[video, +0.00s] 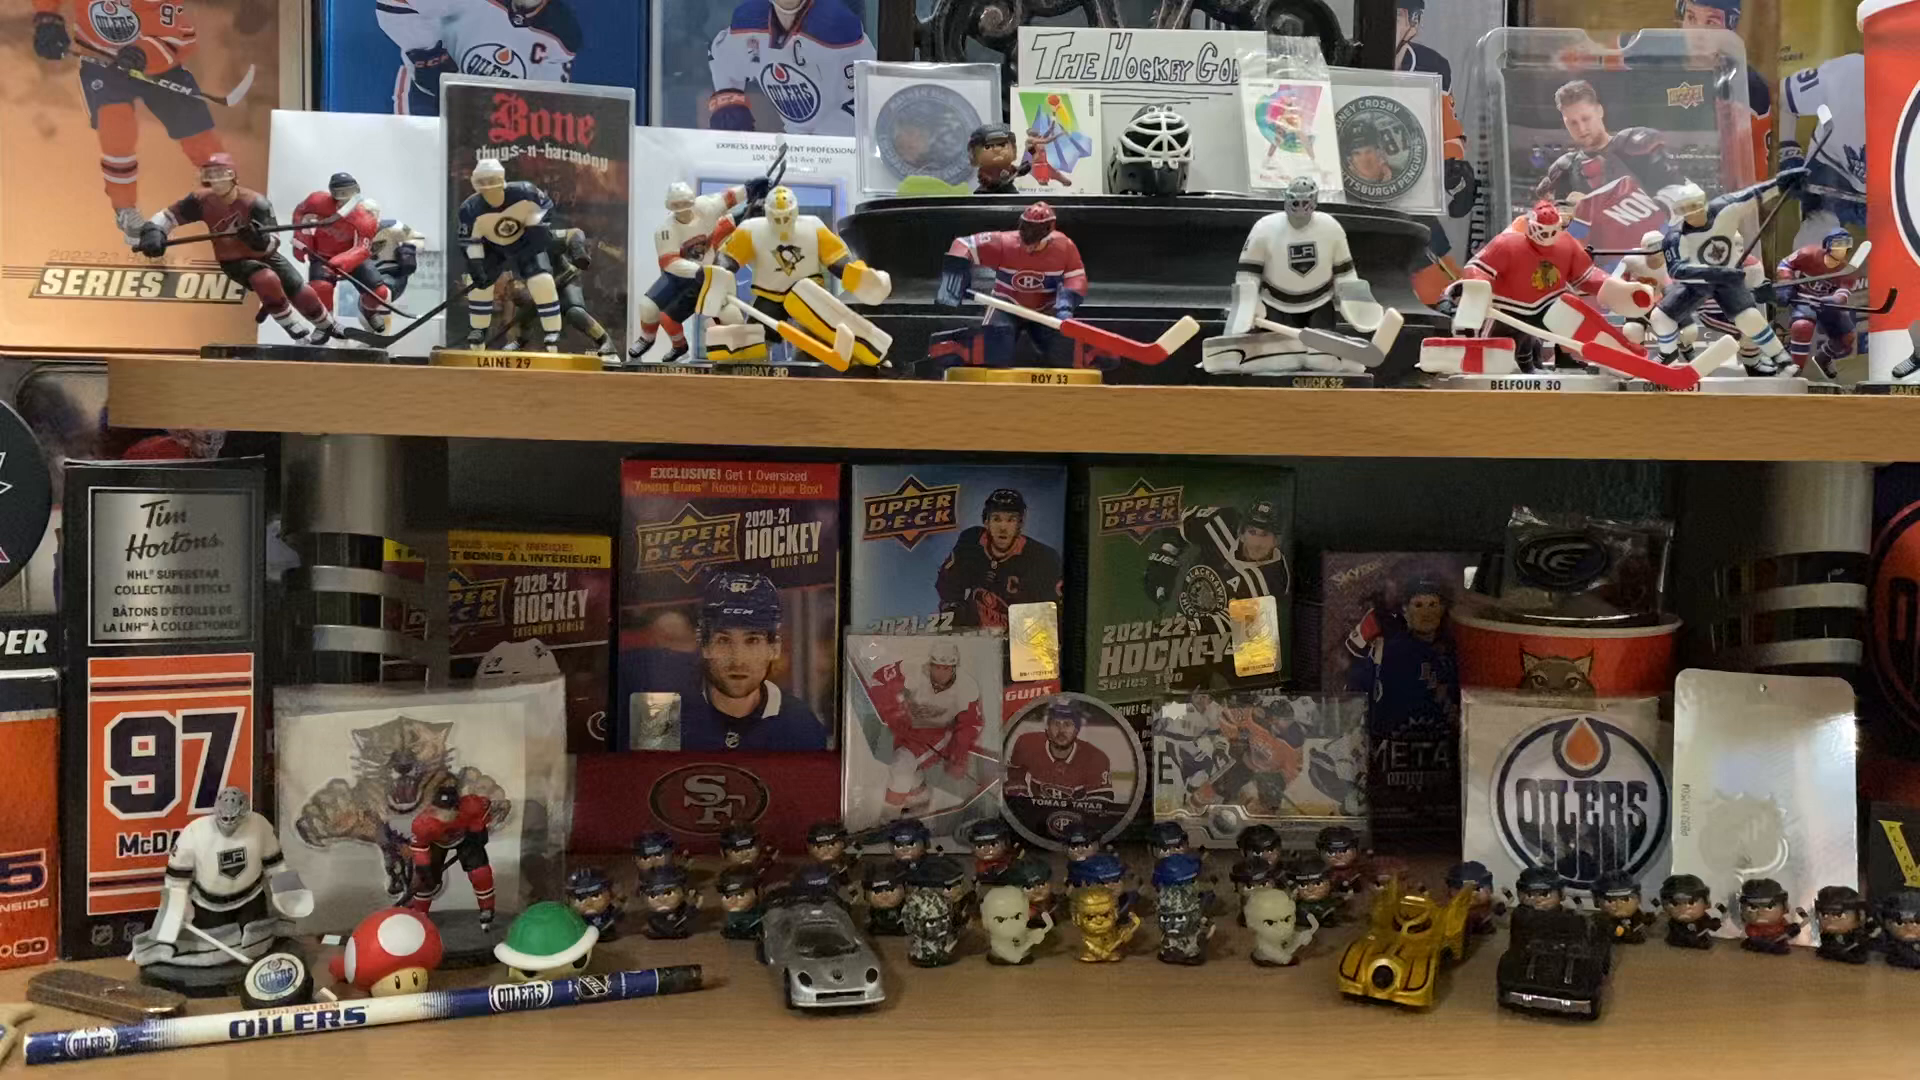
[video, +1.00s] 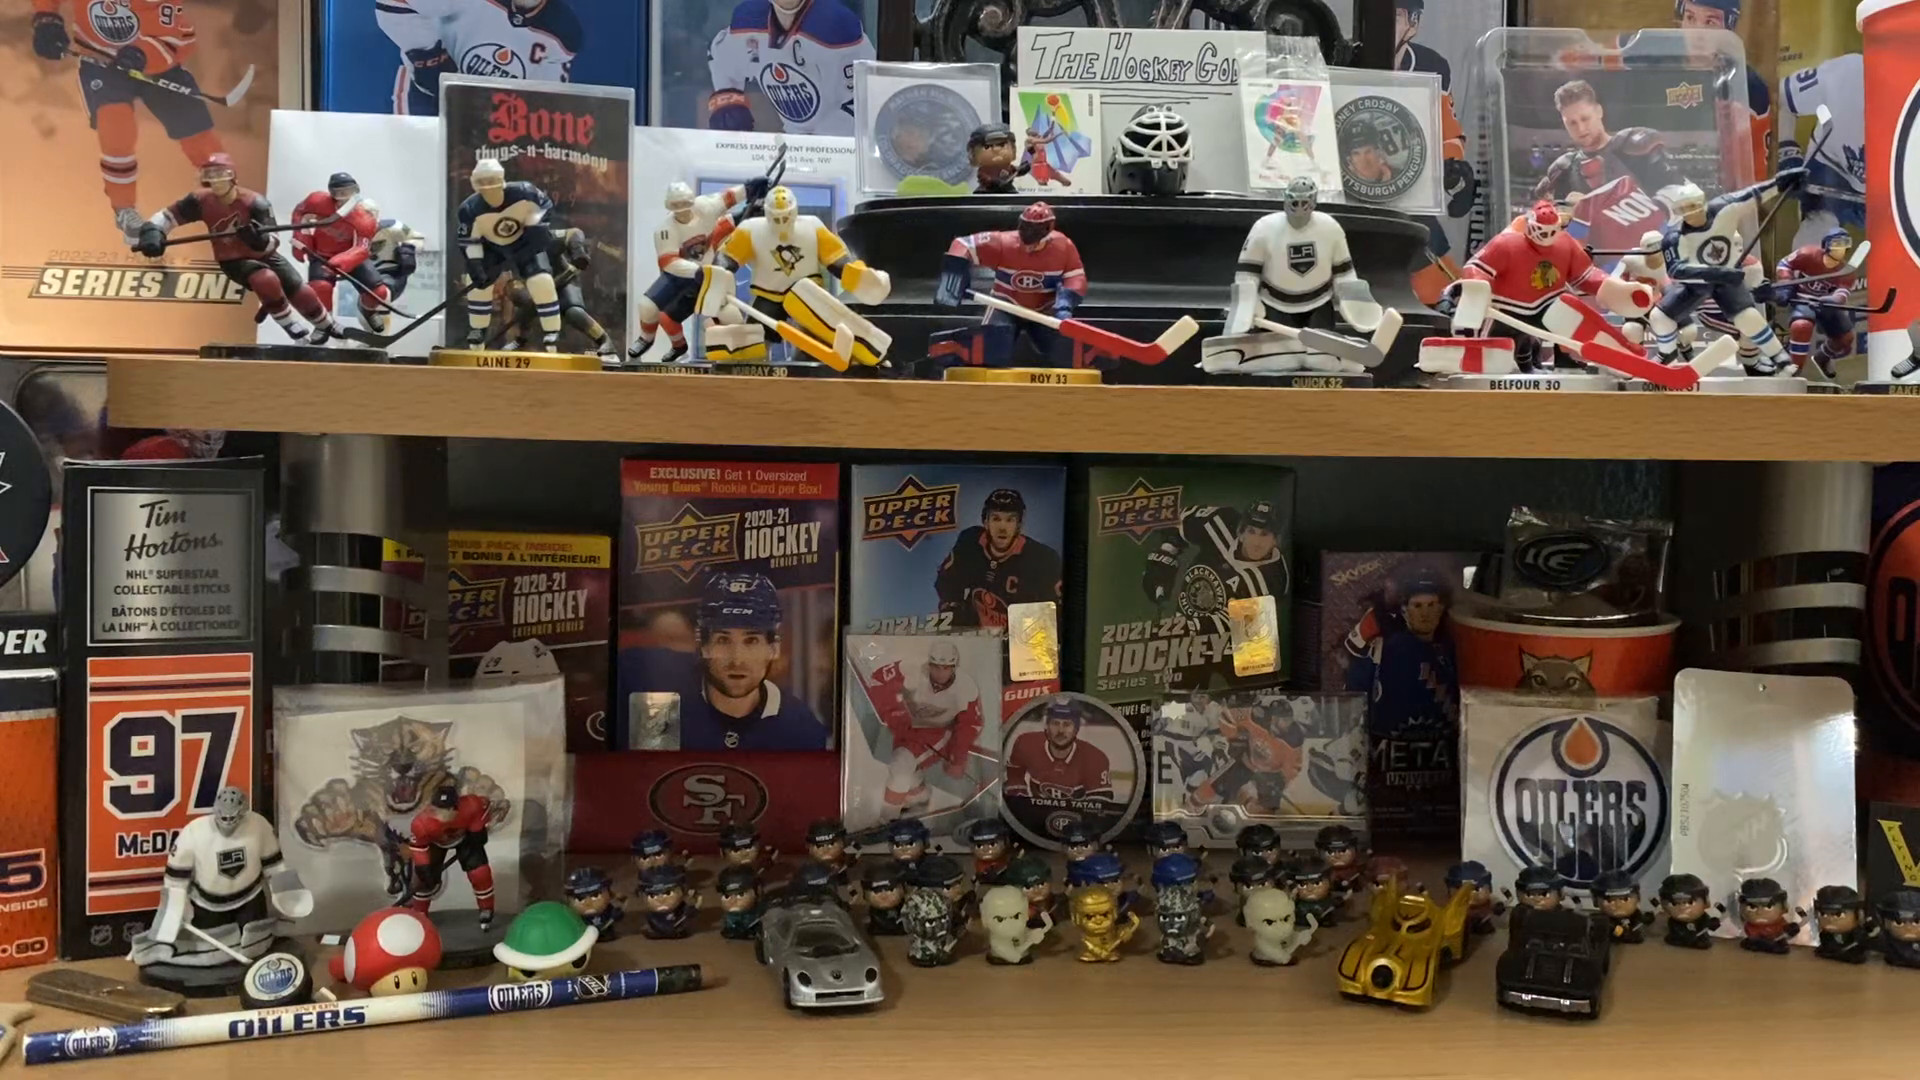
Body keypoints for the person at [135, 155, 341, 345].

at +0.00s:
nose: (214, 181)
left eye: (220, 175)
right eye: (209, 176)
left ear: (232, 177)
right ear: (205, 179)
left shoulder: (255, 202)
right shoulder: (201, 202)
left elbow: (272, 243)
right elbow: (167, 217)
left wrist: (256, 238)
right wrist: (154, 233)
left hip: (267, 255)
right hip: (235, 260)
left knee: (305, 296)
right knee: (268, 280)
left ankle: (331, 328)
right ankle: (296, 329)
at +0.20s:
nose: (214, 182)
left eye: (219, 176)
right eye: (209, 177)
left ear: (232, 177)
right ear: (204, 179)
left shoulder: (255, 202)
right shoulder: (201, 202)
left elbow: (272, 244)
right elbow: (166, 217)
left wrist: (256, 238)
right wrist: (154, 233)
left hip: (266, 255)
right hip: (234, 259)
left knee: (304, 295)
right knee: (267, 279)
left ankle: (329, 327)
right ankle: (293, 326)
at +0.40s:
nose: (213, 181)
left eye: (219, 175)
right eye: (209, 176)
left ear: (232, 177)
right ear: (204, 179)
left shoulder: (254, 202)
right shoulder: (201, 202)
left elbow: (271, 244)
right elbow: (166, 217)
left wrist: (255, 238)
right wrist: (153, 233)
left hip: (265, 255)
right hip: (233, 259)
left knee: (303, 294)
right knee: (267, 280)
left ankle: (329, 326)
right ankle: (294, 328)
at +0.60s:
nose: (214, 181)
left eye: (220, 175)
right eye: (209, 177)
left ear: (232, 177)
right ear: (205, 179)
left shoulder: (255, 202)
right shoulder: (201, 202)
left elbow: (272, 243)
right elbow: (166, 218)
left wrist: (256, 239)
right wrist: (153, 233)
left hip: (266, 255)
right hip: (234, 259)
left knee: (304, 295)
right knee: (268, 280)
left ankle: (331, 328)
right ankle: (296, 330)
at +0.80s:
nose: (214, 181)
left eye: (219, 175)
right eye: (210, 176)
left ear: (232, 177)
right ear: (205, 179)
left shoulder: (254, 202)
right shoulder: (201, 202)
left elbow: (271, 244)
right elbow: (166, 217)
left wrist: (255, 238)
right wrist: (153, 233)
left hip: (266, 255)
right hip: (233, 259)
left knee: (303, 295)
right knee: (267, 280)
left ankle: (330, 327)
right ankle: (294, 328)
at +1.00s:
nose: (214, 181)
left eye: (219, 175)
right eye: (209, 176)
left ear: (232, 177)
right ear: (205, 179)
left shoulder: (254, 202)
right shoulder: (201, 202)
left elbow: (272, 243)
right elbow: (166, 217)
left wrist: (256, 239)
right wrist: (153, 233)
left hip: (265, 255)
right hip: (233, 259)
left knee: (303, 295)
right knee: (267, 280)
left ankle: (330, 327)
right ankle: (293, 326)